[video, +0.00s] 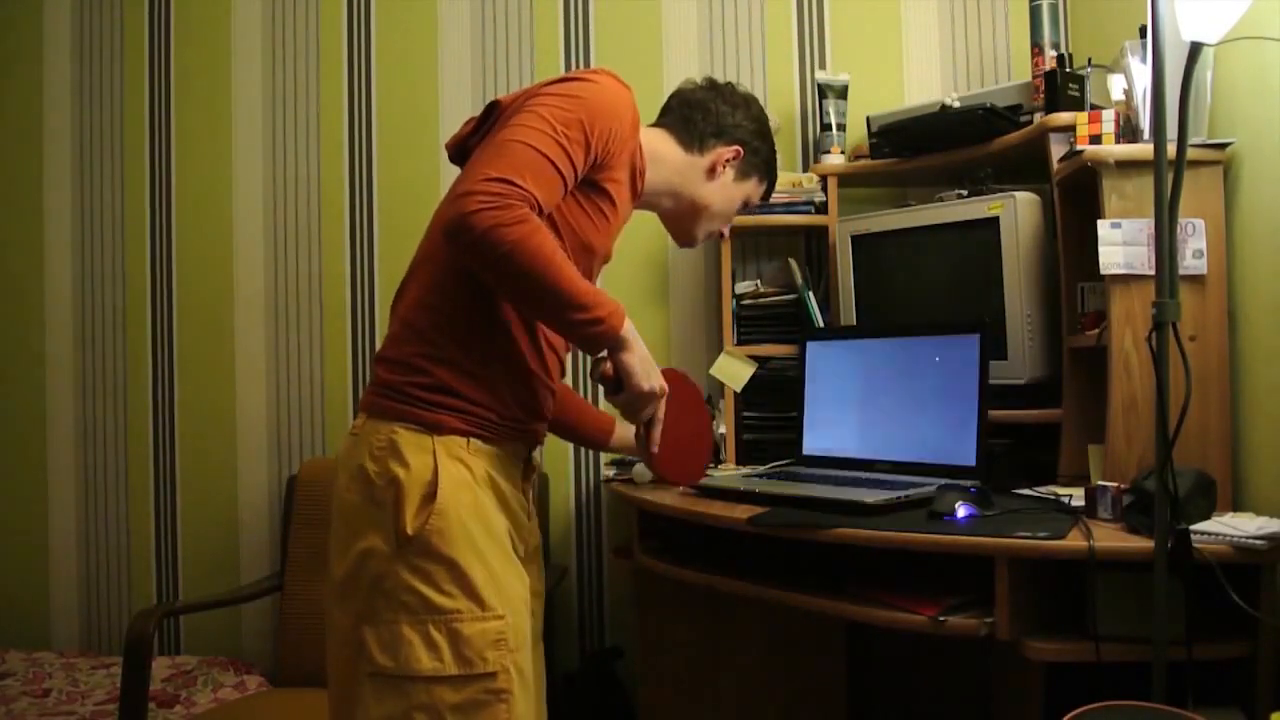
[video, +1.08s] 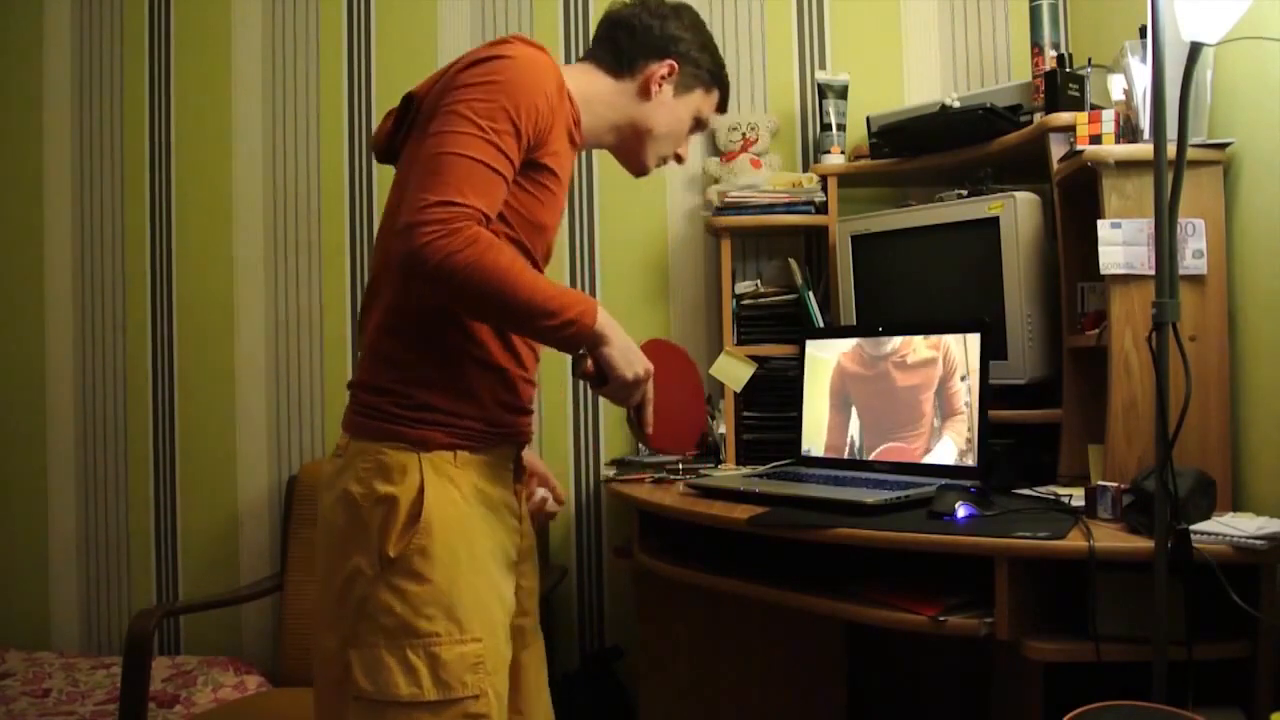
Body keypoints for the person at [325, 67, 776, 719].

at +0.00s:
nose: (725, 230)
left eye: (740, 217)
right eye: (742, 207)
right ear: (724, 161)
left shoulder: (599, 200)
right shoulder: (602, 99)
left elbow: (518, 378)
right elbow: (486, 208)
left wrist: (637, 440)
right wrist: (618, 334)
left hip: (489, 475)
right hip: (432, 471)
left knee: (512, 700)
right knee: (468, 705)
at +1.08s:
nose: (684, 152)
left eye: (697, 135)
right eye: (696, 125)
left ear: (654, 79)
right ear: (661, 78)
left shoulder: (549, 131)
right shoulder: (518, 74)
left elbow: (464, 317)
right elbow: (437, 237)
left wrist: (510, 451)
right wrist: (592, 324)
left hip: (479, 483)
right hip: (422, 486)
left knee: (516, 708)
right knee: (438, 706)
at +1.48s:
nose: (599, 72)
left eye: (612, 51)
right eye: (608, 39)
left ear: (554, 7)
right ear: (560, 0)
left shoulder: (458, 75)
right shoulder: (423, 55)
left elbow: (430, 309)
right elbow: (379, 279)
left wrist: (564, 353)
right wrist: (543, 391)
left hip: (469, 498)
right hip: (410, 509)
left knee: (528, 711)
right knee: (443, 710)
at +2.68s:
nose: (564, 35)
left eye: (574, 13)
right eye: (568, 5)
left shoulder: (416, 69)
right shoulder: (336, 47)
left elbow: (416, 297)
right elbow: (296, 286)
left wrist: (578, 329)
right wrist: (490, 380)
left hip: (445, 497)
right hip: (362, 508)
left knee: (508, 710)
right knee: (388, 710)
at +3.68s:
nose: (535, 58)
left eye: (546, 35)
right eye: (539, 24)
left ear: (477, 6)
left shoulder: (407, 119)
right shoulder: (283, 54)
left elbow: (441, 319)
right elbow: (252, 280)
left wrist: (580, 403)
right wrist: (443, 360)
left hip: (394, 504)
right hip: (274, 510)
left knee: (456, 710)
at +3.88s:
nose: (478, 33)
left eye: (486, 12)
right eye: (477, 2)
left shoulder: (355, 110)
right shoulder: (208, 39)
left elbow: (406, 315)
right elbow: (147, 278)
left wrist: (561, 307)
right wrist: (365, 358)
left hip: (349, 513)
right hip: (217, 517)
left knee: (413, 708)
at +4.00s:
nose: (461, 15)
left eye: (466, 4)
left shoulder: (339, 110)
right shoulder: (174, 35)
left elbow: (385, 306)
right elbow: (59, 261)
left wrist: (540, 305)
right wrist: (267, 370)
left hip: (341, 518)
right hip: (203, 524)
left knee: (408, 711)